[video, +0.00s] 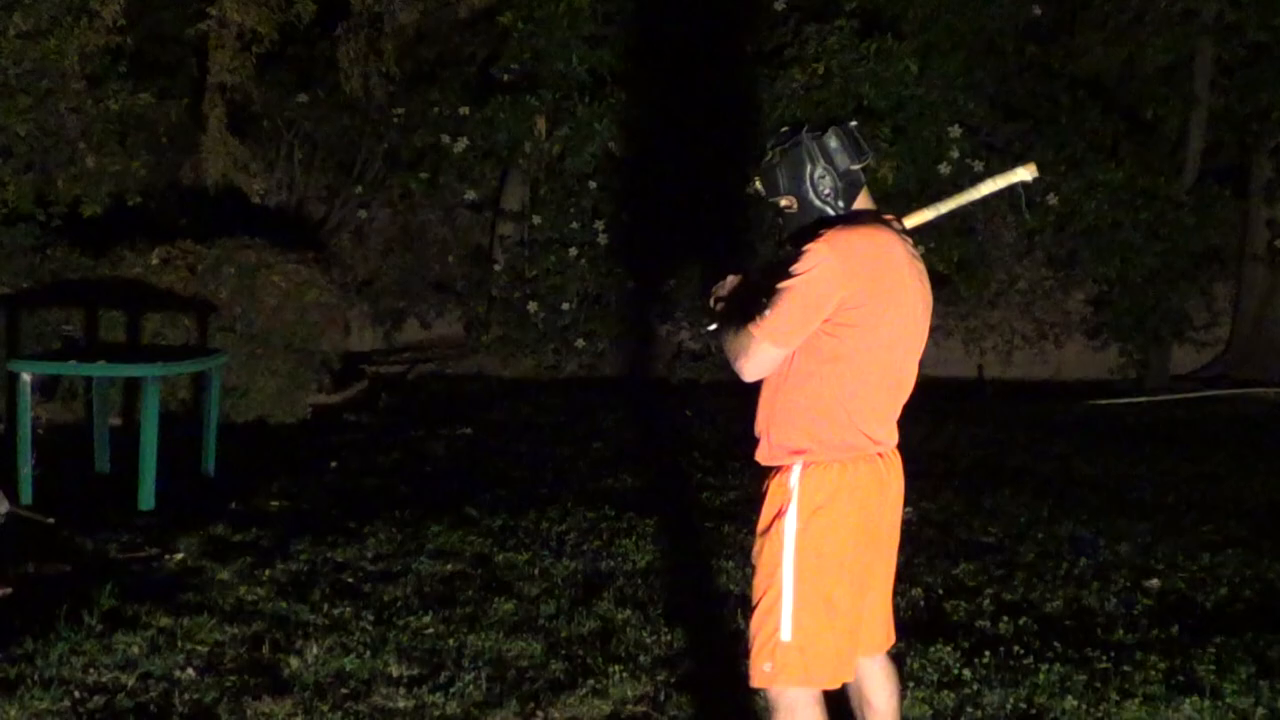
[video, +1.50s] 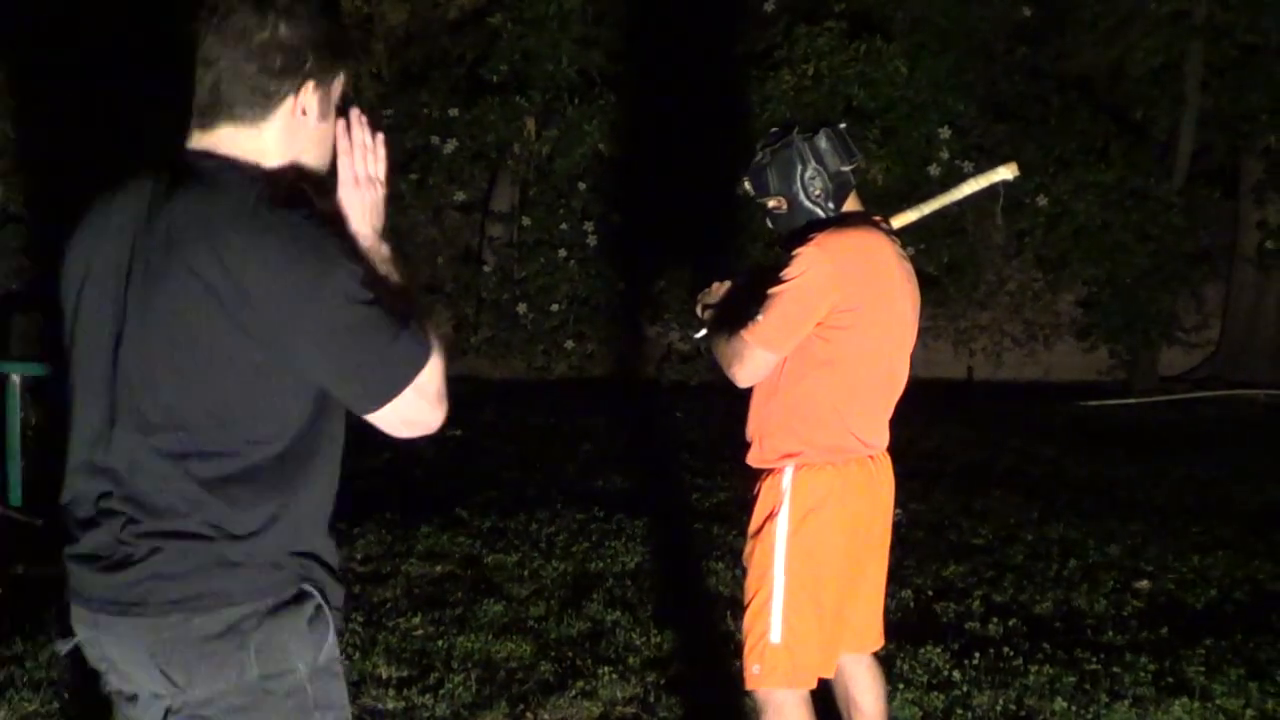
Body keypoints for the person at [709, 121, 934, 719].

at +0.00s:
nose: (783, 210)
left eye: (785, 196)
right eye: (780, 197)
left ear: (807, 192)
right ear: (853, 180)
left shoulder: (833, 256)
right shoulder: (906, 260)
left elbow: (751, 360)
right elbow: (836, 342)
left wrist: (729, 311)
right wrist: (766, 299)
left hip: (816, 481)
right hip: (876, 477)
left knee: (787, 675)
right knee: (866, 651)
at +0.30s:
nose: (783, 215)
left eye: (786, 201)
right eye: (780, 202)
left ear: (810, 195)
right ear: (852, 183)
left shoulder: (833, 257)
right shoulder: (907, 263)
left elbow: (753, 363)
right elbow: (836, 341)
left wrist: (731, 315)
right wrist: (765, 297)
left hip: (814, 482)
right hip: (876, 479)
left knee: (786, 677)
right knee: (865, 654)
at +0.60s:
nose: (781, 215)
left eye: (785, 201)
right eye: (778, 202)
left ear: (810, 195)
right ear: (850, 184)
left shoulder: (835, 258)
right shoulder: (903, 261)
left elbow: (751, 363)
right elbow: (832, 342)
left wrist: (727, 315)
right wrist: (763, 299)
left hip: (813, 483)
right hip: (873, 480)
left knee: (784, 677)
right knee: (861, 651)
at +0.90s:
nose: (778, 216)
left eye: (781, 202)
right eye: (776, 203)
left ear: (806, 196)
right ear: (845, 186)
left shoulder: (831, 258)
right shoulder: (900, 261)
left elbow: (749, 364)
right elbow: (830, 343)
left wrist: (723, 317)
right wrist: (760, 300)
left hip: (811, 483)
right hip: (871, 480)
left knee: (782, 677)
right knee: (858, 650)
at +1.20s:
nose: (774, 214)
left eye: (776, 200)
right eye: (771, 201)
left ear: (800, 195)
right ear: (842, 184)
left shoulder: (828, 259)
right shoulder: (896, 261)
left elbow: (746, 365)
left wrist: (719, 318)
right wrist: (756, 301)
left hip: (808, 484)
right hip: (868, 480)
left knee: (779, 678)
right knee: (855, 652)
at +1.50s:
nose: (772, 214)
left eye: (774, 200)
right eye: (768, 201)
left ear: (798, 195)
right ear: (839, 184)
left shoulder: (825, 259)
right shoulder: (892, 260)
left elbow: (744, 365)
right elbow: (821, 341)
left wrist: (715, 320)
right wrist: (752, 302)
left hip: (806, 485)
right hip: (867, 481)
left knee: (776, 678)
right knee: (850, 652)